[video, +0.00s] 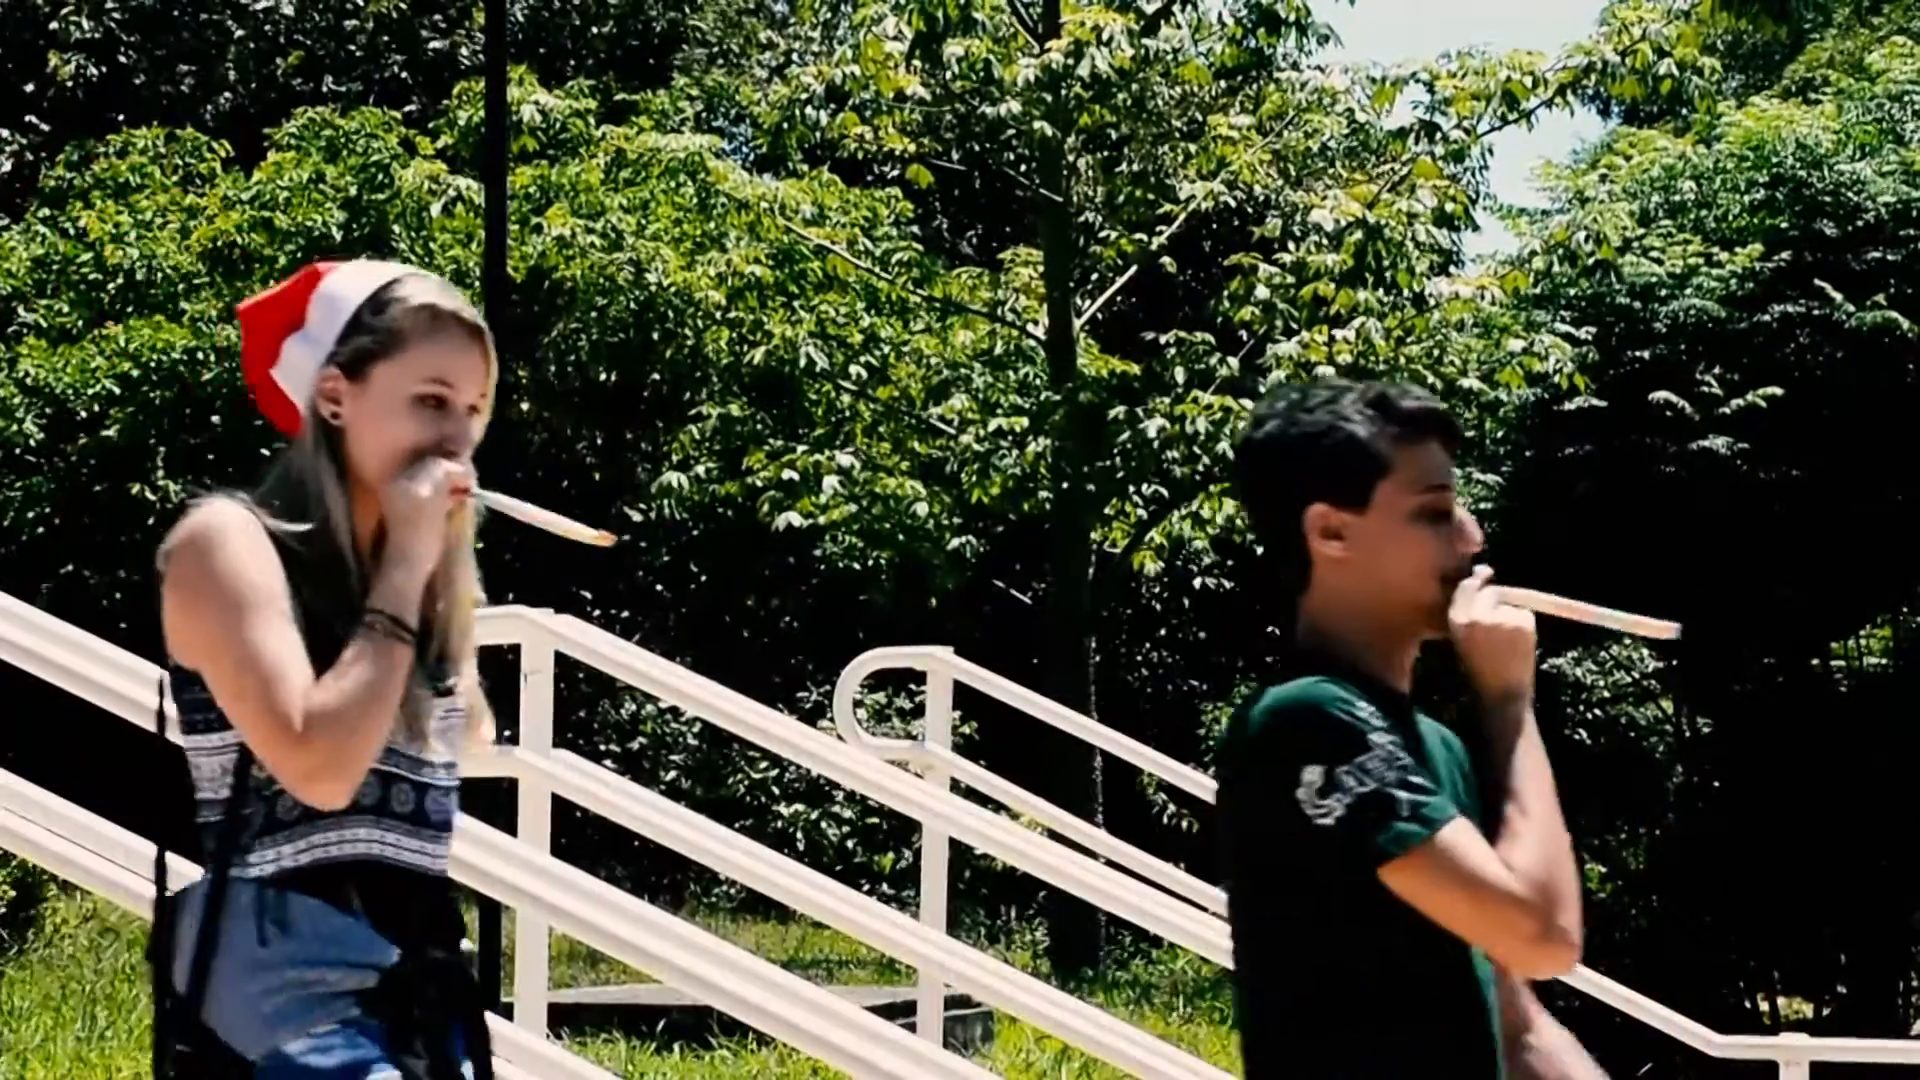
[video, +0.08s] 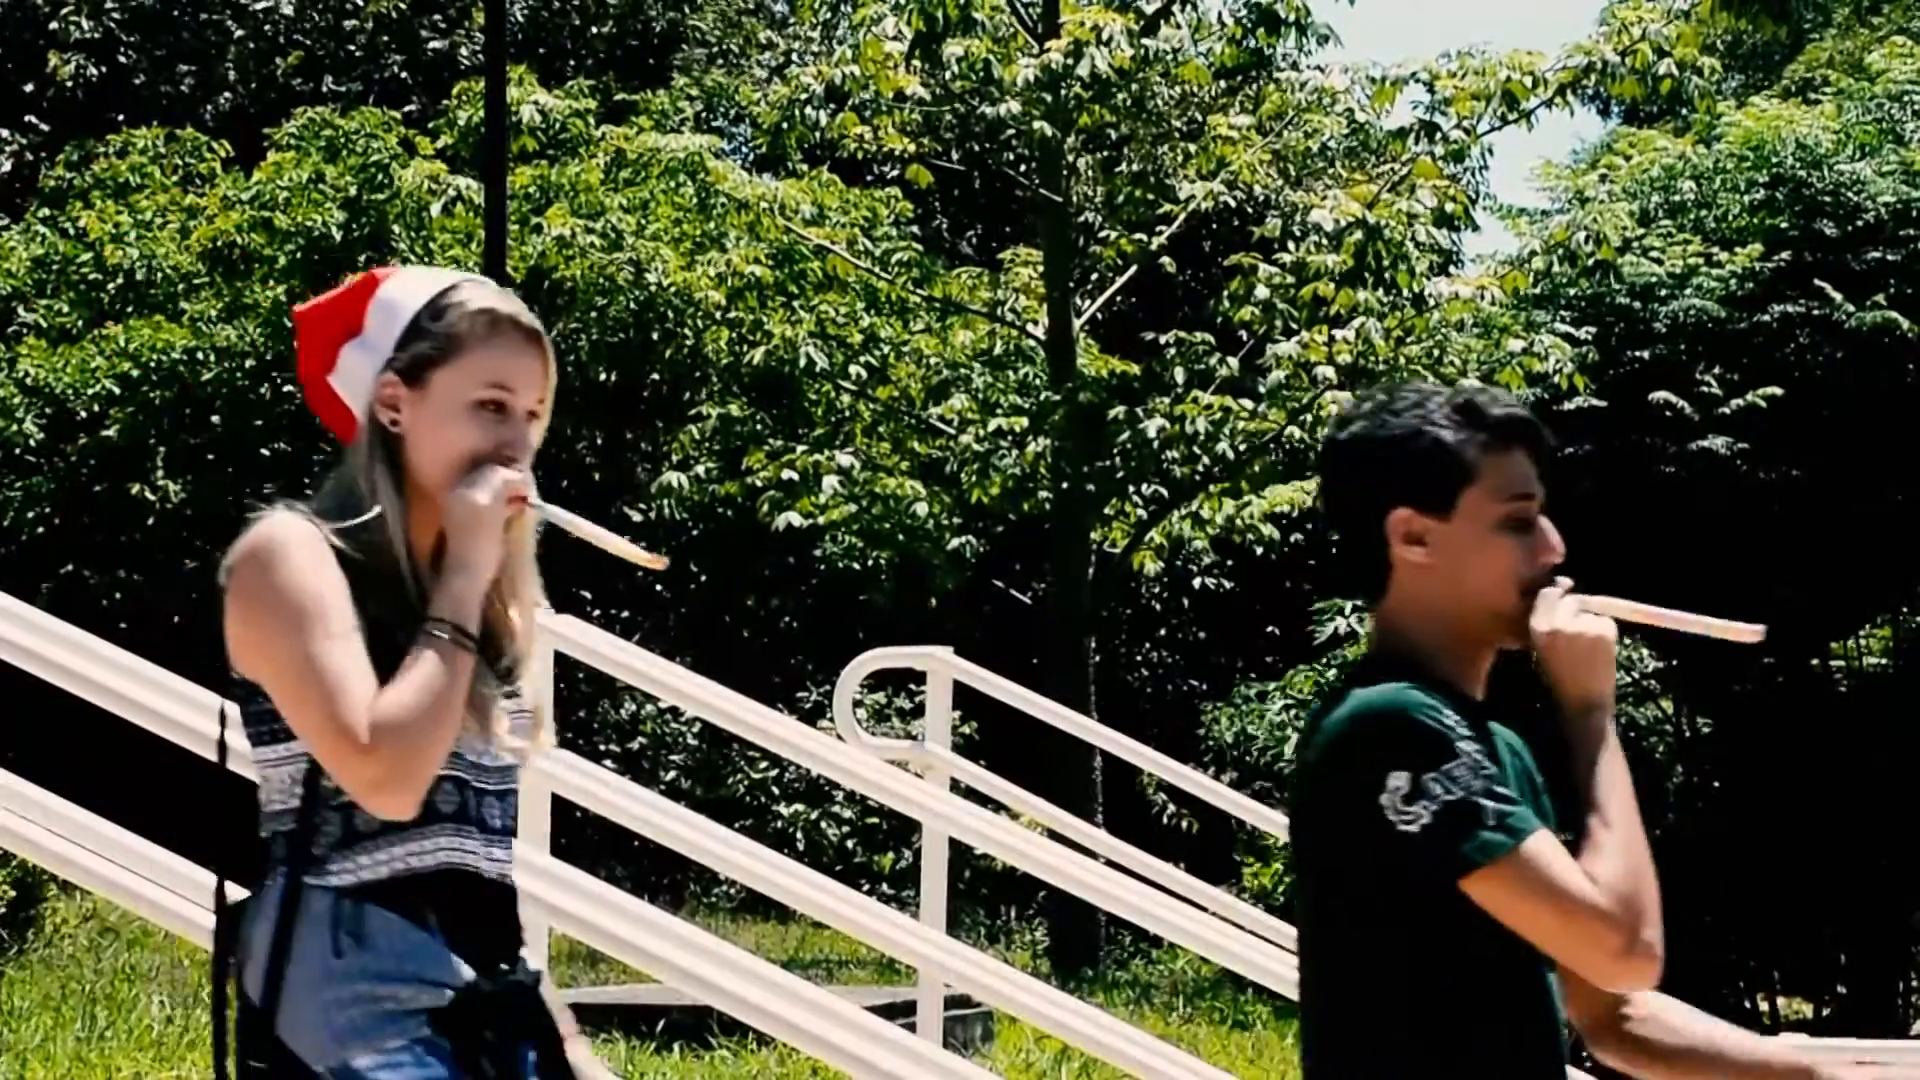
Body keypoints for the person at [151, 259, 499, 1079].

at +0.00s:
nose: (460, 439)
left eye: (474, 412)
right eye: (431, 402)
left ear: (486, 420)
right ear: (336, 394)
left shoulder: (415, 564)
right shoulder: (221, 540)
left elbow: (468, 737)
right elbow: (318, 764)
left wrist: (450, 562)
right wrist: (407, 565)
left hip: (420, 973)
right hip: (287, 974)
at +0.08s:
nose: (519, 445)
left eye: (533, 418)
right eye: (490, 407)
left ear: (545, 425)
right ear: (395, 403)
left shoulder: (483, 584)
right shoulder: (284, 555)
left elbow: (476, 860)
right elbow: (386, 779)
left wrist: (561, 1037)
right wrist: (465, 580)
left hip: (488, 972)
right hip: (355, 977)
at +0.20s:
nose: (606, 484)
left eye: (618, 457)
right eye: (574, 448)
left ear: (629, 465)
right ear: (477, 452)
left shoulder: (567, 635)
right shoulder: (378, 608)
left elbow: (574, 908)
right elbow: (497, 831)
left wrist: (734, 1024)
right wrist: (563, 622)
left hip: (600, 1035)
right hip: (471, 1040)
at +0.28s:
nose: (675, 533)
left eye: (686, 508)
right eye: (643, 498)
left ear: (695, 519)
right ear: (543, 506)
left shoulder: (637, 691)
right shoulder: (449, 665)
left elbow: (651, 963)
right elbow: (585, 881)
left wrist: (829, 1047)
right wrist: (641, 669)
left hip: (663, 1057)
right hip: (541, 1056)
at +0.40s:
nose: (784, 551)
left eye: (791, 522)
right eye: (750, 516)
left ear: (801, 532)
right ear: (650, 529)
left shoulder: (735, 709)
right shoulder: (559, 695)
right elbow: (715, 905)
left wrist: (779, 1053)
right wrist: (754, 689)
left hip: (748, 1053)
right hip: (620, 1055)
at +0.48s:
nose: (865, 539)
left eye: (870, 511)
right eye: (829, 507)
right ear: (730, 524)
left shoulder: (798, 689)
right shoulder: (647, 684)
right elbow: (814, 891)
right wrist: (841, 678)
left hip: (823, 1052)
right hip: (702, 1057)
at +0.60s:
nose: (988, 568)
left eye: (989, 543)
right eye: (951, 539)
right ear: (850, 560)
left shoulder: (924, 731)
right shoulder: (780, 721)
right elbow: (958, 921)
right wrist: (979, 700)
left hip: (954, 1053)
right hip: (835, 1066)